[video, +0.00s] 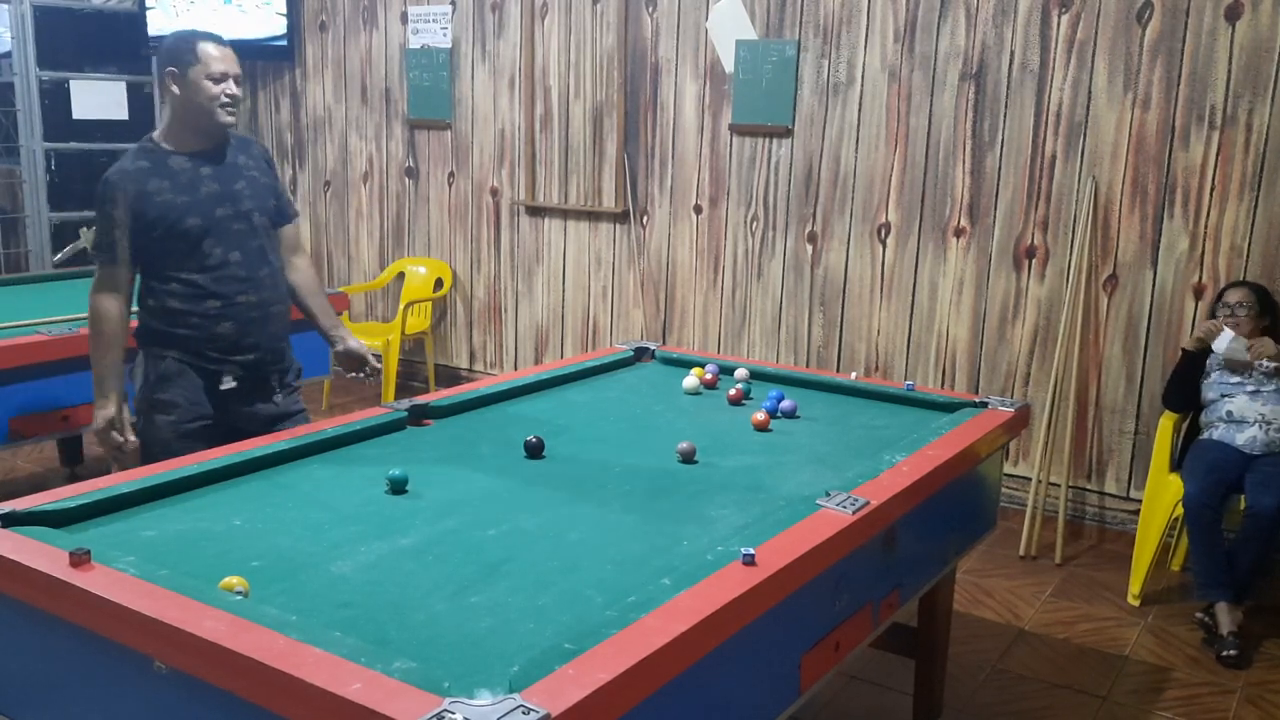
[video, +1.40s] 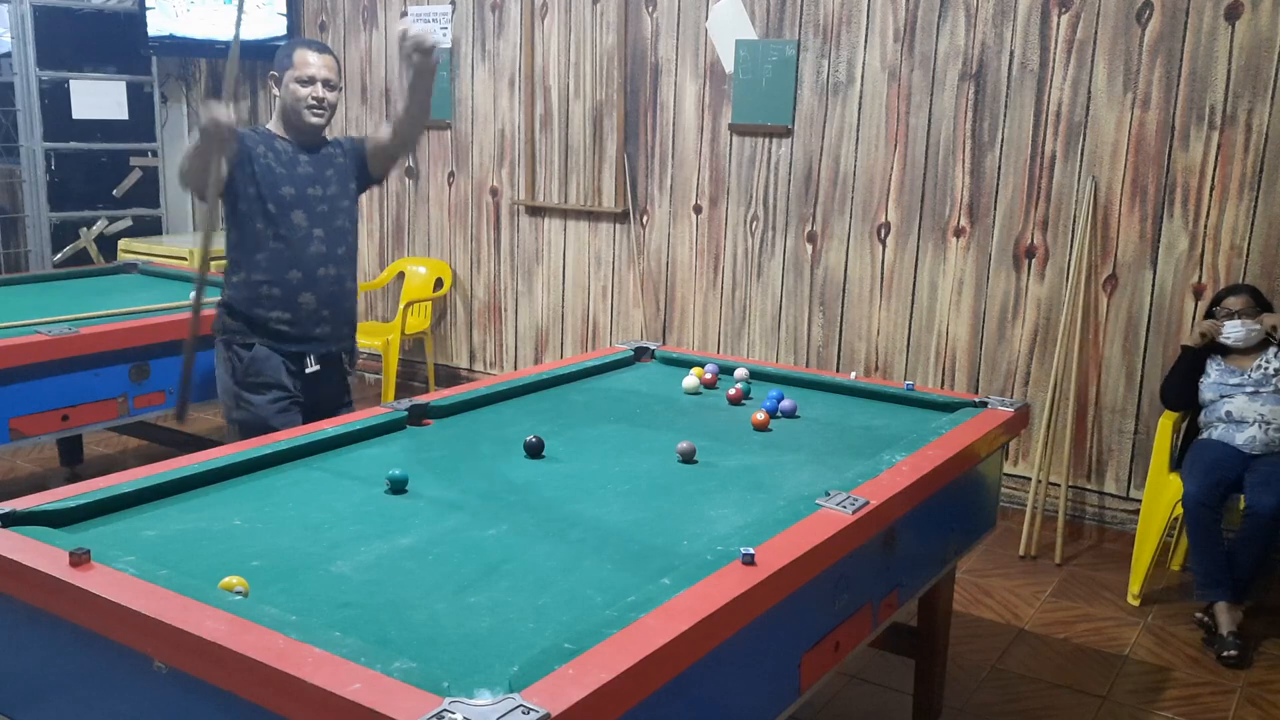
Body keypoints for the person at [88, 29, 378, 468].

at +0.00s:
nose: (234, 92)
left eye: (237, 81)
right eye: (217, 79)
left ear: (241, 85)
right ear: (172, 84)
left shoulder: (254, 158)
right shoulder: (129, 179)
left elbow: (293, 257)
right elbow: (110, 292)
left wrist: (340, 337)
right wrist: (108, 398)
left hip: (271, 377)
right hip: (182, 385)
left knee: (292, 527)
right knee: (186, 527)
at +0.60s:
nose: (286, 88)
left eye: (293, 77)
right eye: (270, 76)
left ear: (301, 84)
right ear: (234, 82)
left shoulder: (307, 165)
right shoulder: (202, 171)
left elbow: (322, 261)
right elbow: (189, 277)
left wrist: (364, 337)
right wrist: (185, 385)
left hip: (317, 362)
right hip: (249, 364)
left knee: (321, 493)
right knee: (265, 500)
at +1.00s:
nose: (313, 94)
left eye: (322, 83)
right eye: (298, 81)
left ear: (331, 90)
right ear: (267, 83)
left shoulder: (330, 167)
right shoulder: (229, 161)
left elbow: (354, 255)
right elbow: (195, 252)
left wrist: (407, 313)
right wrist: (205, 335)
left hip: (325, 357)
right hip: (261, 357)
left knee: (327, 485)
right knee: (280, 488)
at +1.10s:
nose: (316, 94)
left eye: (326, 85)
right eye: (303, 81)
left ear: (336, 92)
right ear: (272, 84)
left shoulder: (334, 167)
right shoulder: (235, 155)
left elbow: (373, 241)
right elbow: (195, 238)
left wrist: (411, 252)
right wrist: (209, 295)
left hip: (325, 349)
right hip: (263, 348)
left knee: (324, 472)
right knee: (280, 474)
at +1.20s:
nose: (319, 94)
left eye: (329, 86)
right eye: (306, 82)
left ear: (339, 94)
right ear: (276, 84)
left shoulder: (341, 167)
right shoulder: (238, 152)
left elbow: (402, 219)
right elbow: (190, 222)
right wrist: (212, 238)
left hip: (325, 350)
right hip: (261, 348)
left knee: (326, 475)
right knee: (282, 474)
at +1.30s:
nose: (320, 94)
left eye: (330, 86)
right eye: (307, 82)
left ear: (340, 94)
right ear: (276, 84)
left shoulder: (346, 162)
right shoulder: (239, 148)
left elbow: (410, 176)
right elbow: (187, 209)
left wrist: (413, 109)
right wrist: (213, 194)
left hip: (325, 350)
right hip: (257, 347)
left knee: (333, 474)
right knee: (284, 473)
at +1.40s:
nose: (319, 94)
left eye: (329, 85)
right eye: (305, 82)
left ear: (339, 94)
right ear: (275, 86)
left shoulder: (348, 156)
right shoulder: (243, 147)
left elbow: (401, 137)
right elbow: (197, 183)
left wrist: (423, 72)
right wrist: (210, 142)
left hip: (328, 350)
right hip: (259, 349)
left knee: (336, 476)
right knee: (277, 480)